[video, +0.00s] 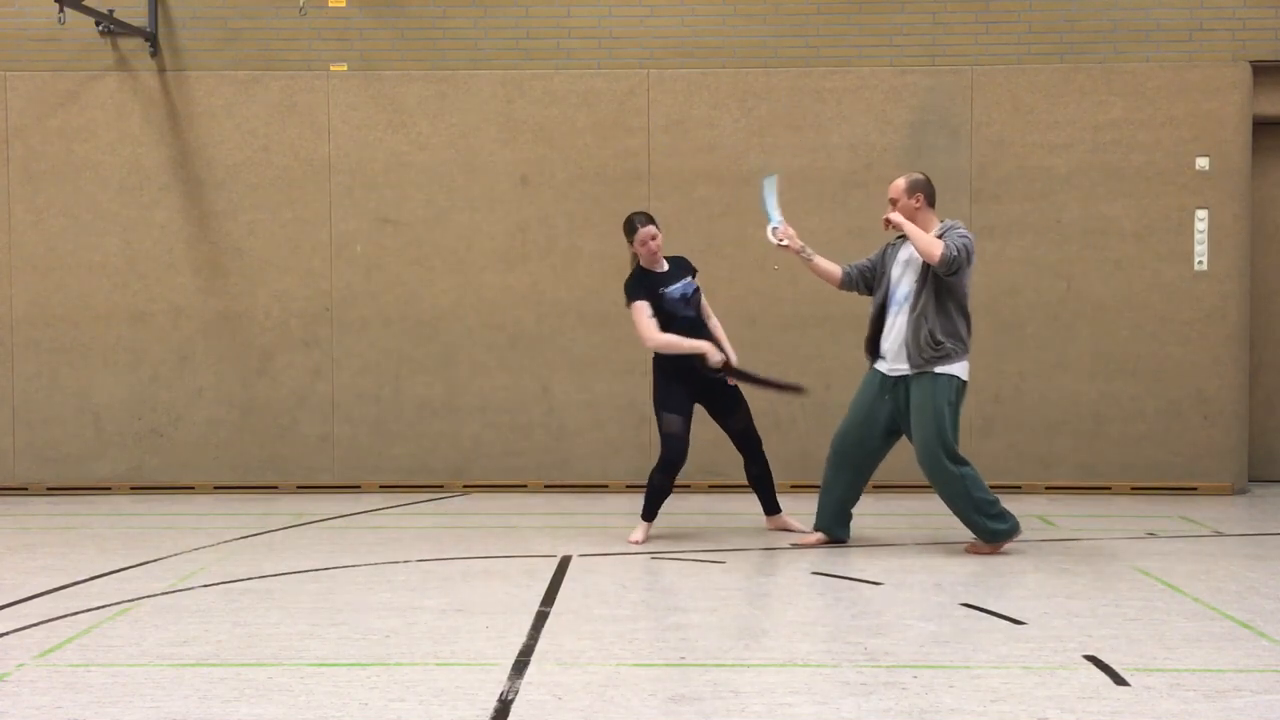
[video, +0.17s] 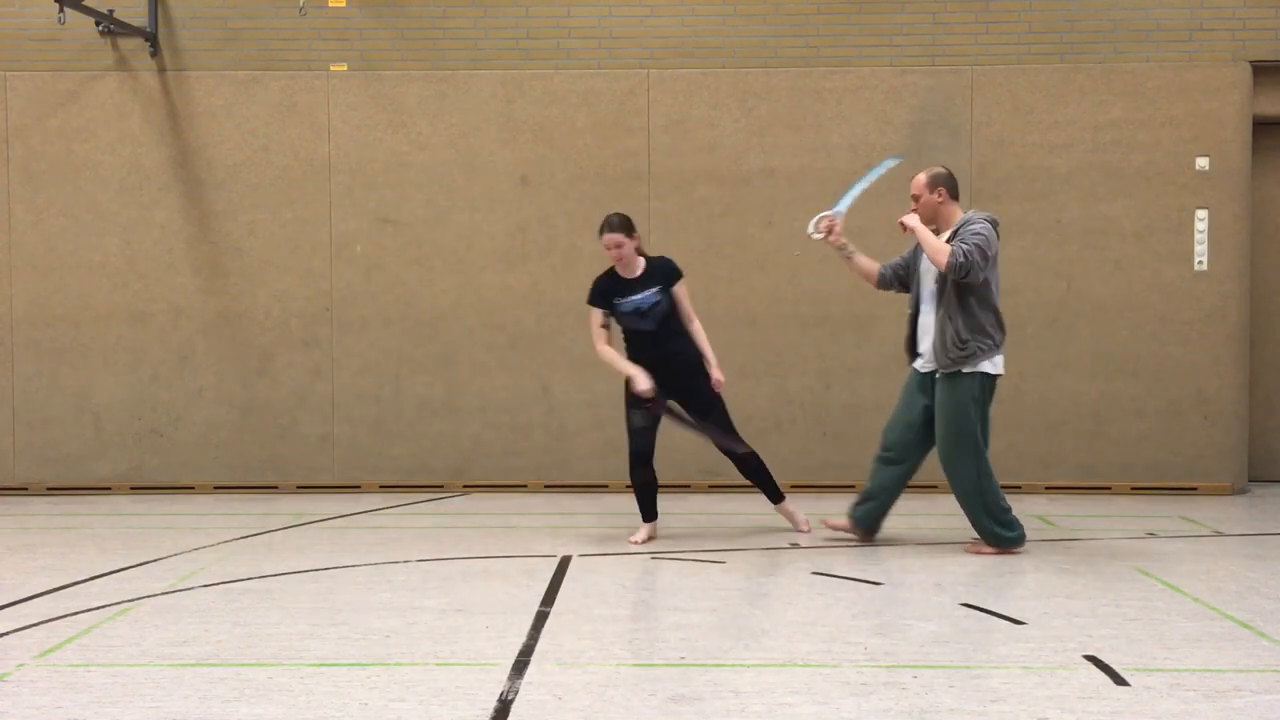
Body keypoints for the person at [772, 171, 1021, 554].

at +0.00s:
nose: (891, 210)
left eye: (895, 202)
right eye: (890, 204)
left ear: (919, 201)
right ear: (907, 203)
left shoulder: (957, 236)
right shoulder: (894, 250)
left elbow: (944, 259)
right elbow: (850, 278)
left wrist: (905, 224)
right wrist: (801, 250)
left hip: (936, 369)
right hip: (888, 369)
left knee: (935, 455)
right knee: (849, 446)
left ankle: (998, 528)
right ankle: (831, 528)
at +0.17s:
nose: (912, 207)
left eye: (916, 199)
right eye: (911, 200)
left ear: (941, 196)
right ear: (935, 198)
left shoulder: (979, 229)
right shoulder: (929, 245)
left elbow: (957, 264)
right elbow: (885, 277)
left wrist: (920, 230)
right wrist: (841, 244)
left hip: (968, 365)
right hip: (929, 365)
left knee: (962, 454)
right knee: (898, 445)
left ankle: (1004, 535)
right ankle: (863, 522)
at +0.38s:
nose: (929, 203)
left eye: (933, 195)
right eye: (928, 196)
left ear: (956, 191)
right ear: (956, 192)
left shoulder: (985, 227)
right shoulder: (967, 228)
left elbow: (951, 274)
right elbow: (934, 273)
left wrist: (919, 227)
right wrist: (908, 231)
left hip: (993, 360)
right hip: (968, 358)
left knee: (979, 445)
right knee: (945, 438)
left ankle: (1005, 536)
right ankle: (965, 526)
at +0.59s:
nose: (952, 207)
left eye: (954, 198)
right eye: (950, 199)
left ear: (977, 193)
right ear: (985, 193)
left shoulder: (989, 231)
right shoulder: (1019, 225)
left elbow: (964, 284)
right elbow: (1037, 287)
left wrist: (936, 244)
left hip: (1004, 365)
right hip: (1045, 360)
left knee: (982, 449)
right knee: (1043, 438)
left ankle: (1004, 538)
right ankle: (1091, 521)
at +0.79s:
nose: (979, 211)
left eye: (983, 203)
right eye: (978, 204)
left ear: (1004, 197)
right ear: (1011, 197)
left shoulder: (1013, 236)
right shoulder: (1050, 230)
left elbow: (984, 287)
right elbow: (1061, 289)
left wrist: (962, 246)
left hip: (1029, 367)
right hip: (1070, 362)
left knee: (989, 449)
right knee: (1091, 442)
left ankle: (1004, 537)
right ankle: (1137, 522)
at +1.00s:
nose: (1007, 209)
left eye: (1010, 201)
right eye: (1006, 202)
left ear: (1033, 197)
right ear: (1042, 197)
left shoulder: (1041, 236)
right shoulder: (1079, 229)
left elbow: (1004, 285)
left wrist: (992, 242)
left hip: (1055, 366)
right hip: (1095, 361)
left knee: (1009, 443)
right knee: (1103, 446)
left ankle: (1005, 537)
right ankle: (1142, 531)